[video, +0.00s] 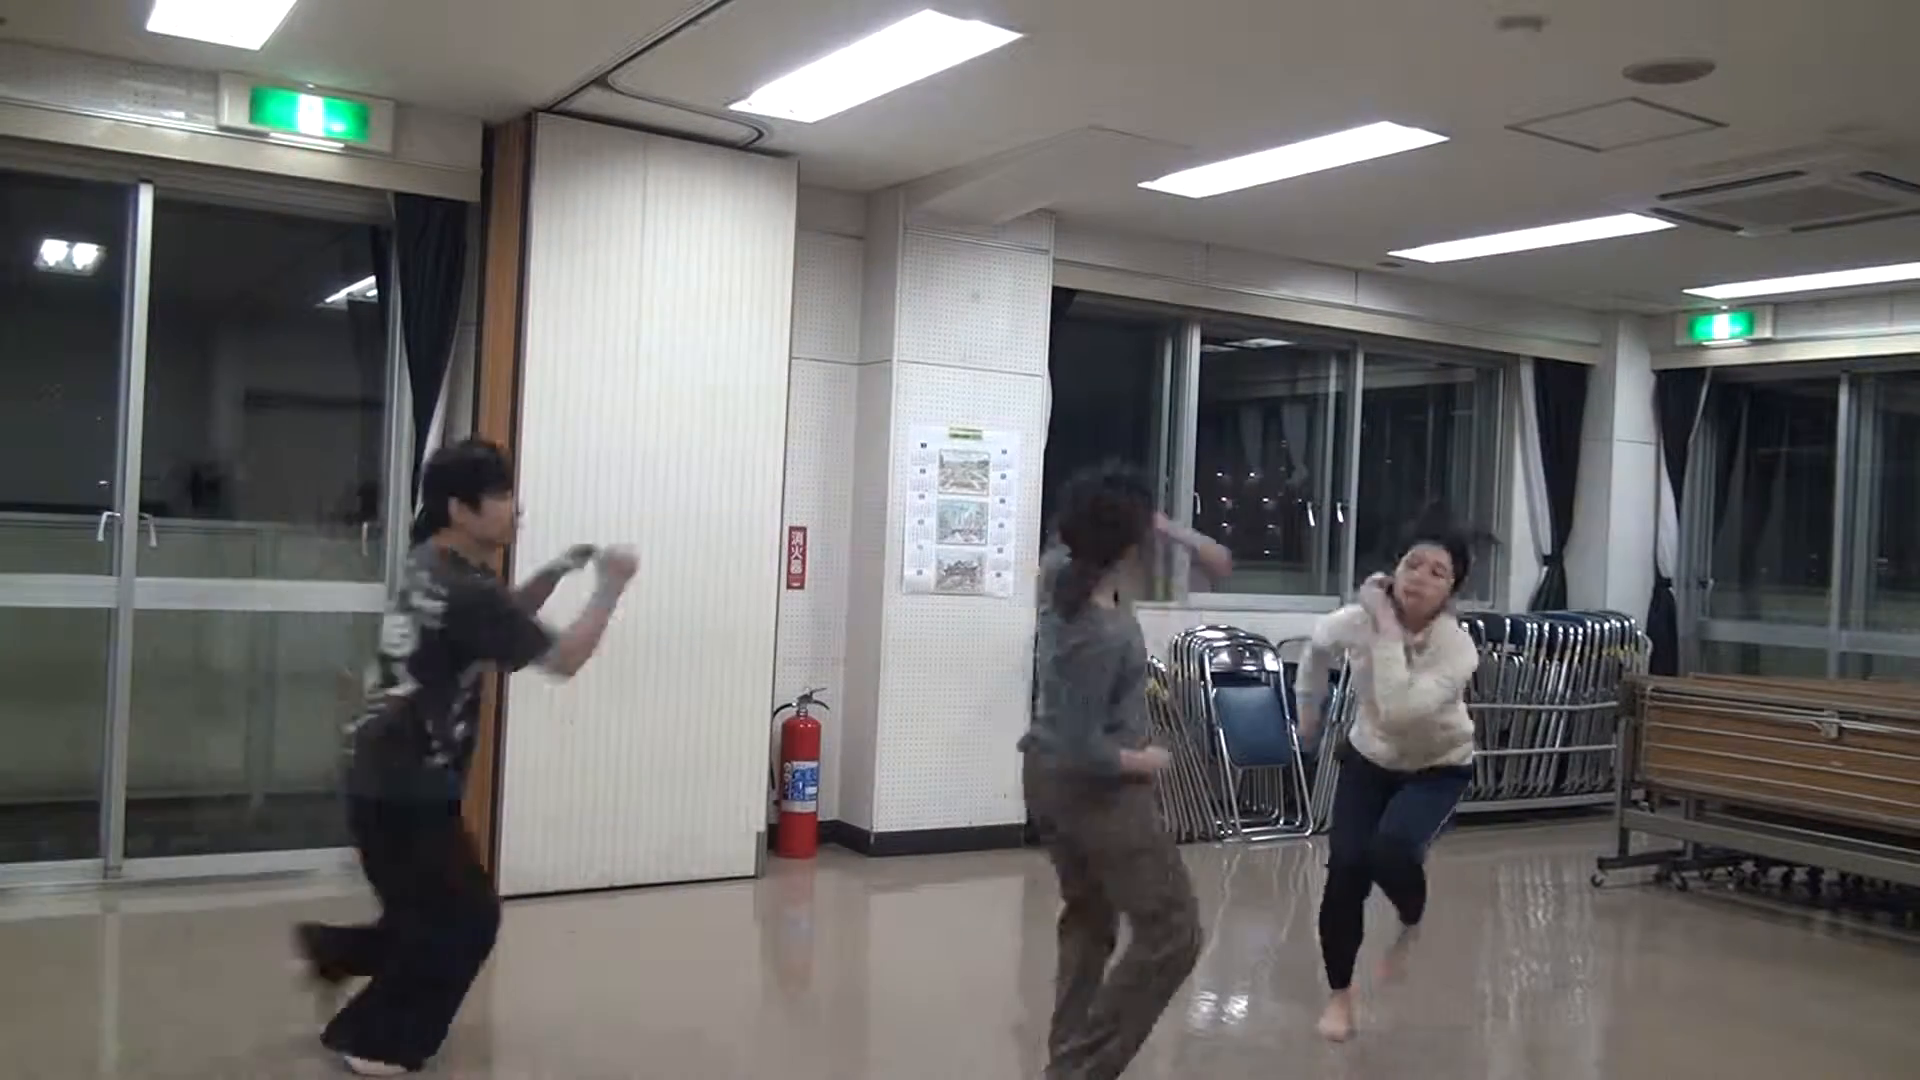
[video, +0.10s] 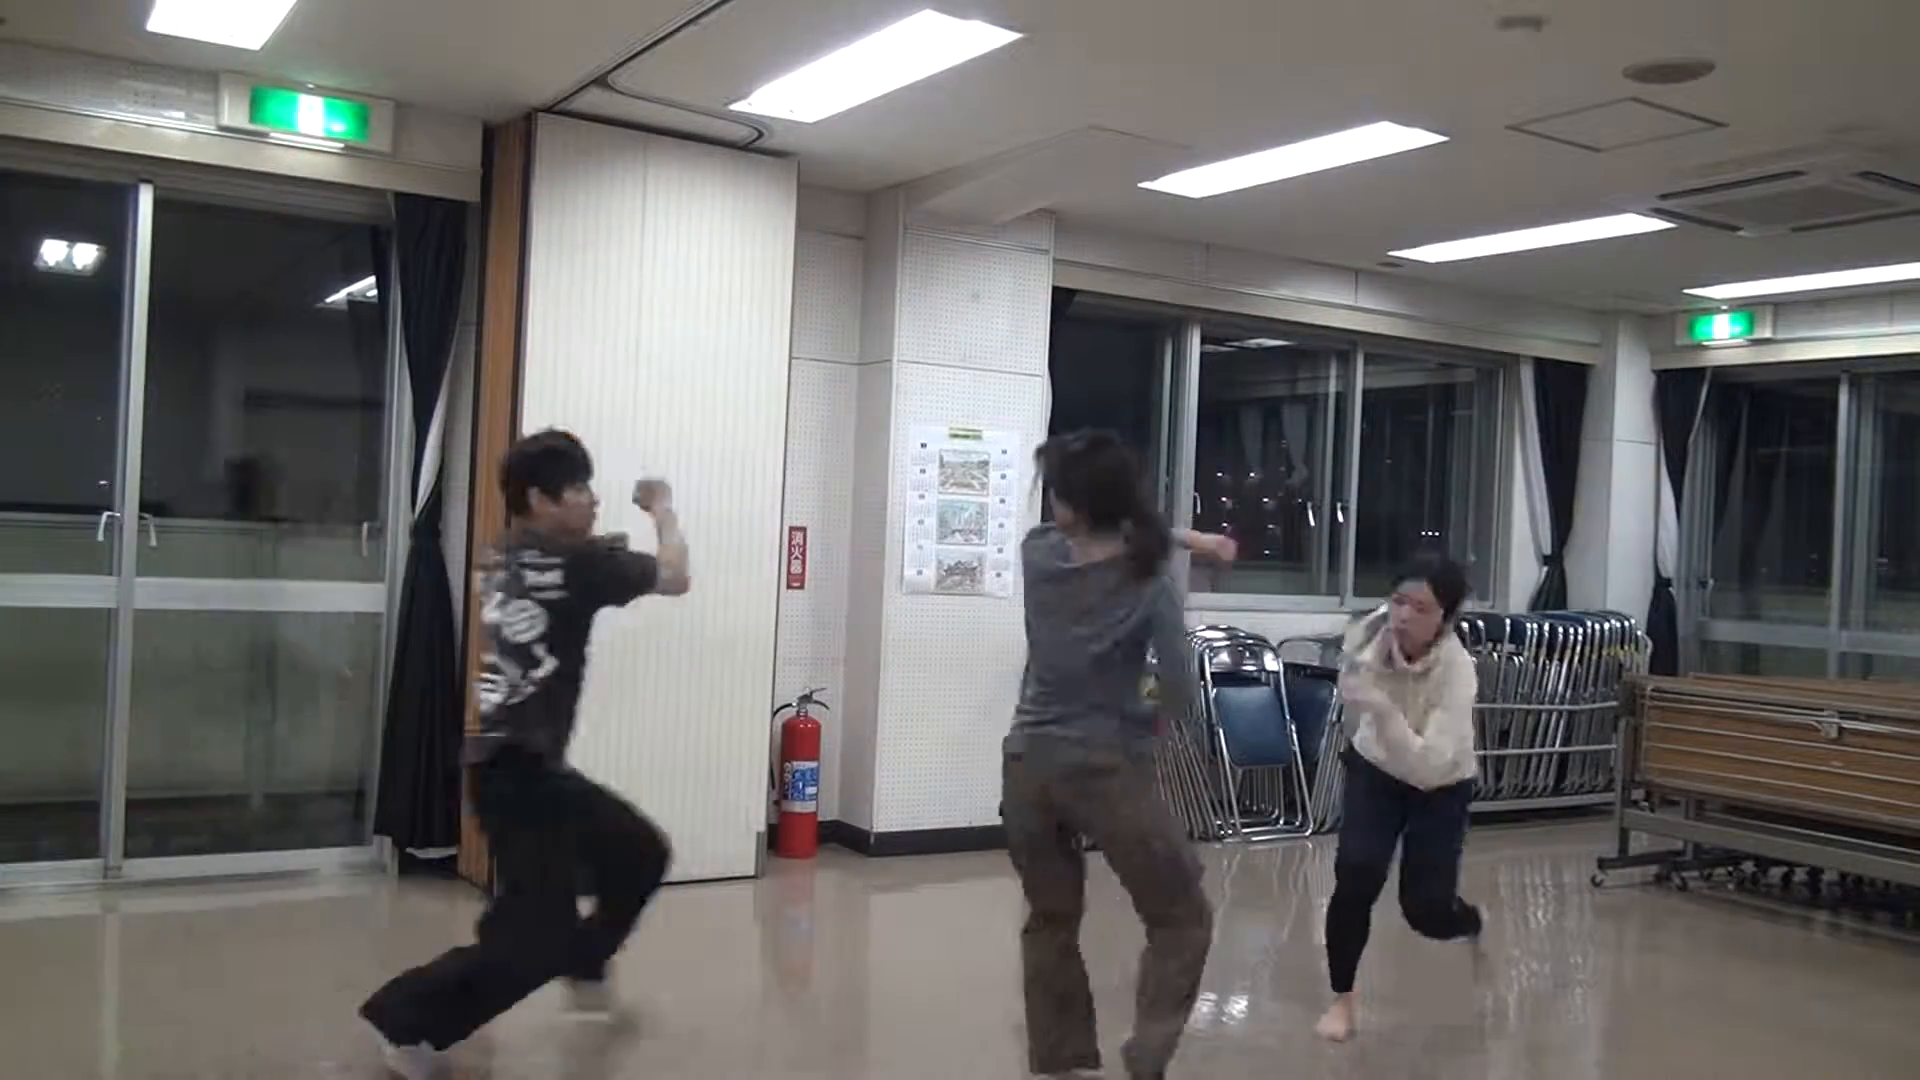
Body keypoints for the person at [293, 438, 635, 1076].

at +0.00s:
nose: (515, 509)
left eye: (512, 496)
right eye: (502, 498)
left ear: (456, 511)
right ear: (460, 510)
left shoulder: (423, 571)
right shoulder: (464, 589)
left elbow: (500, 626)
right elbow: (564, 659)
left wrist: (553, 574)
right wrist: (609, 591)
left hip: (384, 776)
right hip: (410, 788)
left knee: (438, 914)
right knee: (469, 920)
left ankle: (333, 950)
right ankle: (373, 1046)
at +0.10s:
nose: (592, 502)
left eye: (589, 491)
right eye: (580, 494)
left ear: (537, 504)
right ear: (539, 504)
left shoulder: (518, 557)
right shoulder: (577, 563)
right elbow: (674, 575)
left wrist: (597, 543)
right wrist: (662, 514)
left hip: (514, 764)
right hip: (518, 772)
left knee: (640, 854)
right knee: (544, 935)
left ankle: (586, 964)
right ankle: (403, 1018)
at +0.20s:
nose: (672, 519)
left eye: (666, 506)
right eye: (659, 510)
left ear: (617, 526)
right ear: (620, 525)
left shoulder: (569, 595)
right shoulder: (666, 571)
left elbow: (519, 675)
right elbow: (764, 606)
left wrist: (583, 683)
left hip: (625, 787)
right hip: (640, 791)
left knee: (766, 863)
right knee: (619, 951)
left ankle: (807, 983)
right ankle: (468, 1022)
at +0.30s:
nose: (754, 553)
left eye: (750, 541)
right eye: (740, 545)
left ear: (699, 565)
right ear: (702, 561)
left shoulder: (648, 641)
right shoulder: (746, 614)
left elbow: (588, 713)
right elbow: (819, 669)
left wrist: (594, 803)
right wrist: (853, 716)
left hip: (689, 830)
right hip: (738, 828)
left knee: (840, 871)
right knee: (693, 984)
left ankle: (891, 985)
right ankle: (541, 1028)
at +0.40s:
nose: (820, 550)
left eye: (814, 538)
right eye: (806, 541)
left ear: (763, 557)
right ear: (768, 554)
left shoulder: (718, 628)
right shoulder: (781, 610)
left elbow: (648, 693)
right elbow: (767, 653)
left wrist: (636, 780)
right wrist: (803, 748)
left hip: (728, 822)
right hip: (761, 822)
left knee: (880, 877)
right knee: (718, 996)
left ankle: (890, 987)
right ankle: (562, 1017)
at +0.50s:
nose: (828, 513)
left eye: (828, 502)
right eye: (815, 501)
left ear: (793, 515)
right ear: (771, 510)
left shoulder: (794, 585)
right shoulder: (733, 579)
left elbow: (784, 661)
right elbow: (637, 607)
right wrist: (659, 704)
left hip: (796, 787)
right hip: (730, 789)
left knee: (860, 877)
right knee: (714, 932)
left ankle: (891, 977)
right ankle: (602, 1026)